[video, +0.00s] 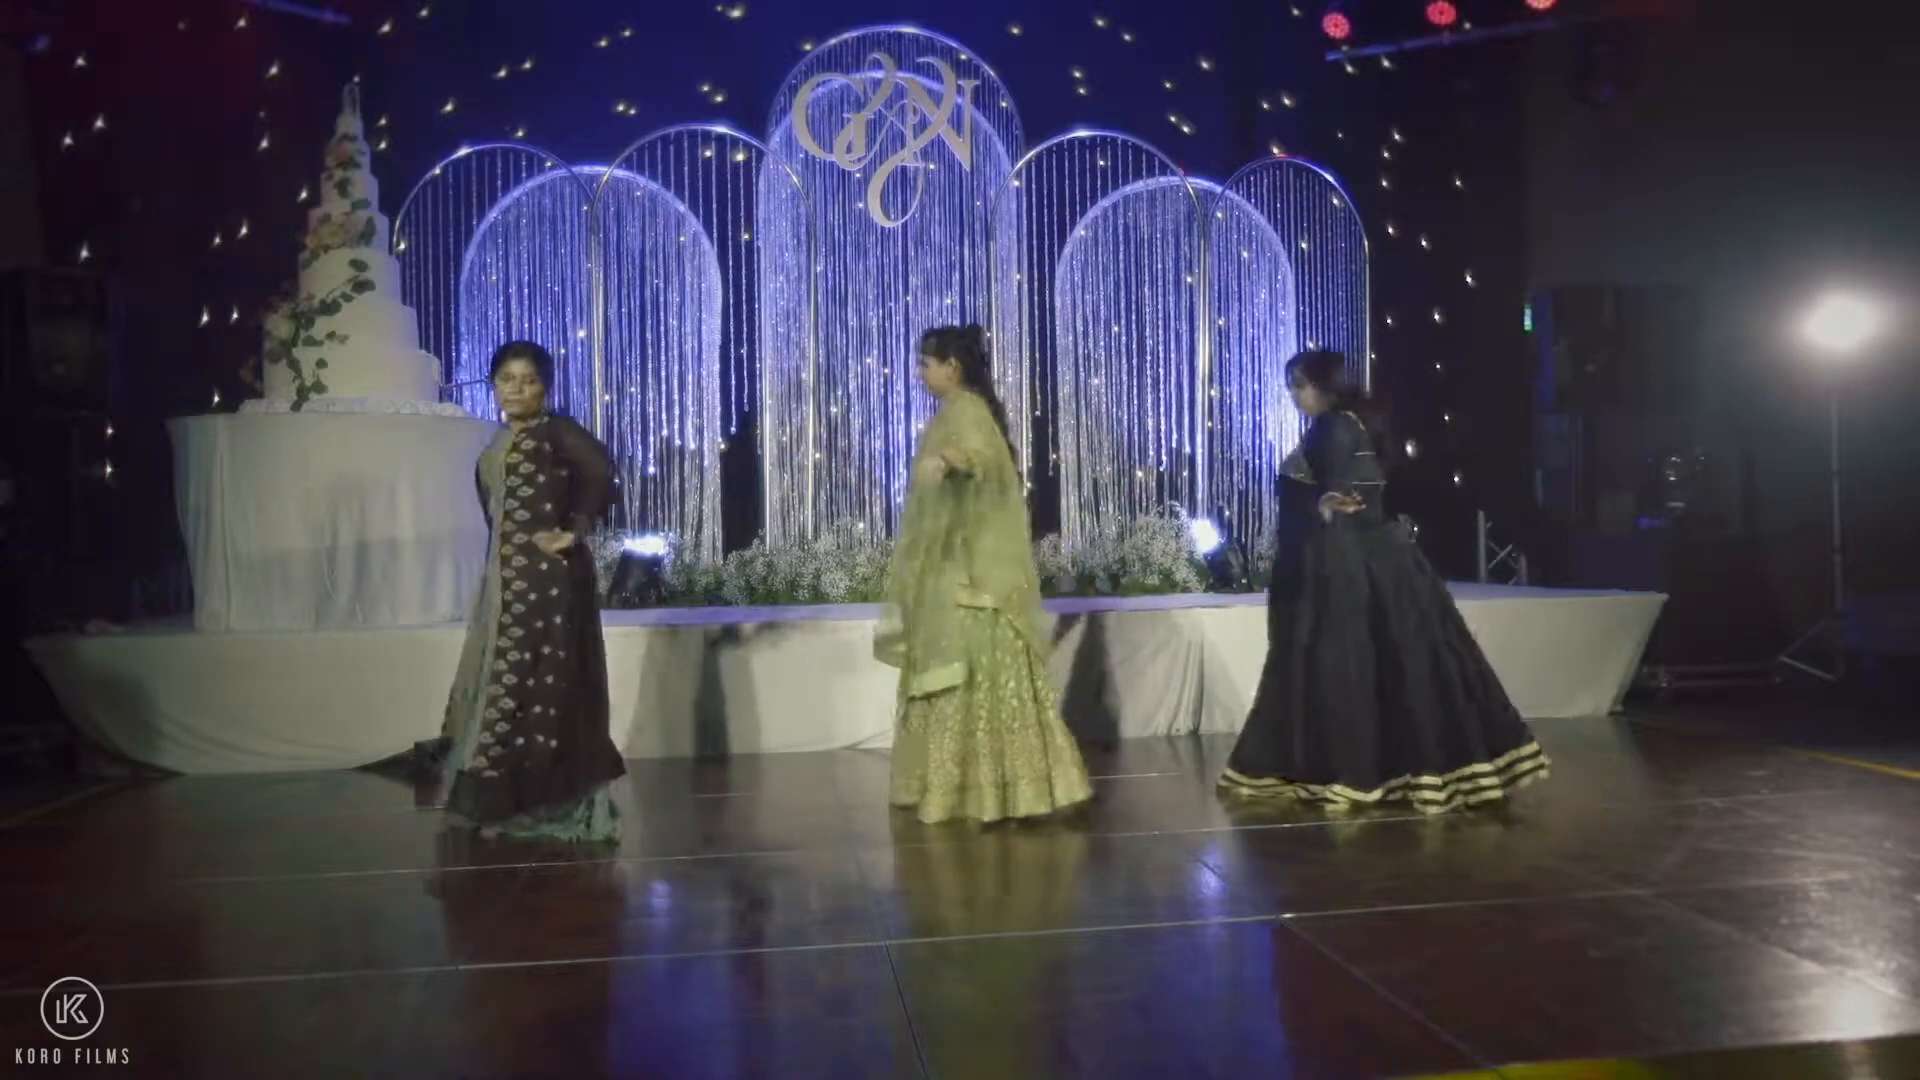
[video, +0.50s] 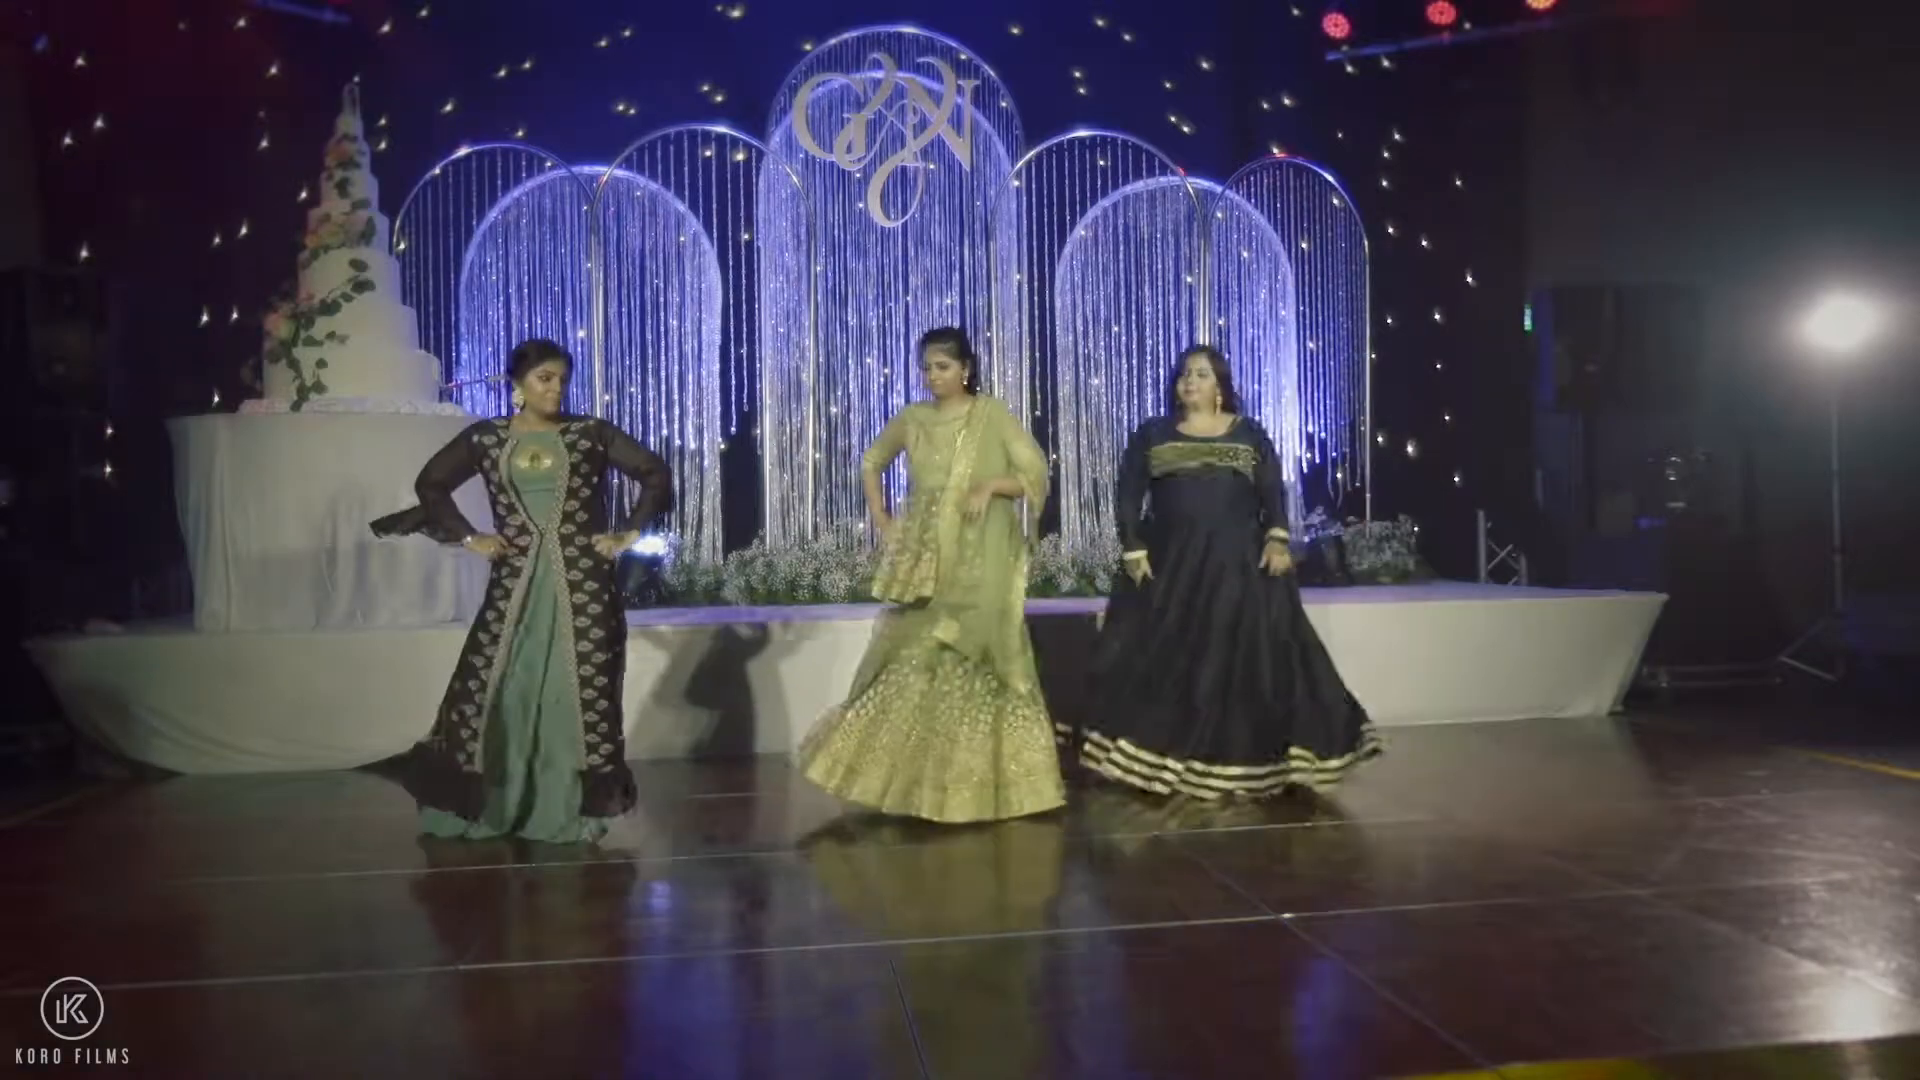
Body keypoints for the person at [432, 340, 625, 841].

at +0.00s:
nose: (516, 388)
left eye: (527, 379)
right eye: (507, 379)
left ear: (544, 387)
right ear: (495, 387)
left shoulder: (558, 432)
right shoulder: (494, 452)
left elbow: (600, 476)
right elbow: (500, 514)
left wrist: (576, 531)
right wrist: (504, 548)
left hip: (549, 577)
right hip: (507, 579)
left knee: (549, 683)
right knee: (498, 679)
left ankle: (549, 799)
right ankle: (493, 795)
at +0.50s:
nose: (555, 388)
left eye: (561, 379)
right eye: (544, 378)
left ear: (567, 385)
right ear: (518, 383)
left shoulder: (591, 433)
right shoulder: (487, 437)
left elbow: (659, 474)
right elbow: (429, 484)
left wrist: (629, 531)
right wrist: (470, 536)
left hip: (579, 581)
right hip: (518, 582)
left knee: (575, 692)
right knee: (506, 690)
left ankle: (567, 814)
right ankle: (501, 810)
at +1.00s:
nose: (622, 381)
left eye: (630, 373)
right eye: (610, 372)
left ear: (637, 378)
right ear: (585, 377)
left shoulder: (649, 438)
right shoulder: (553, 427)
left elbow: (699, 491)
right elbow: (482, 466)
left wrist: (672, 545)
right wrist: (526, 535)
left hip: (629, 592)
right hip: (565, 591)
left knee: (648, 693)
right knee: (563, 705)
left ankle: (611, 820)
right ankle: (547, 834)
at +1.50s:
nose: (747, 370)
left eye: (754, 361)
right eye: (735, 360)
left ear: (761, 369)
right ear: (708, 368)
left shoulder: (775, 430)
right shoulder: (684, 420)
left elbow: (813, 492)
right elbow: (636, 470)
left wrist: (790, 536)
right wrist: (686, 527)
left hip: (766, 579)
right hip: (709, 579)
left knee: (767, 692)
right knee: (713, 694)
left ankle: (765, 812)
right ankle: (710, 818)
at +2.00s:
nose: (880, 367)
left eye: (887, 358)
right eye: (868, 357)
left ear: (894, 366)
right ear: (841, 365)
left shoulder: (907, 433)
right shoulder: (818, 426)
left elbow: (957, 478)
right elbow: (813, 501)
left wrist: (1027, 505)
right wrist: (827, 501)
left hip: (898, 582)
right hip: (842, 582)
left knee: (912, 701)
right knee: (855, 706)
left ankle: (921, 834)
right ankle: (859, 840)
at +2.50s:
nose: (1014, 510)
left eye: (1023, 501)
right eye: (1001, 501)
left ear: (1033, 510)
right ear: (974, 511)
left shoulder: (1044, 558)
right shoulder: (945, 562)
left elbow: (1077, 631)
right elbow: (955, 646)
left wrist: (1024, 602)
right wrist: (1009, 599)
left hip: (1014, 687)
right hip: (947, 693)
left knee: (1042, 694)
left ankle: (1085, 845)